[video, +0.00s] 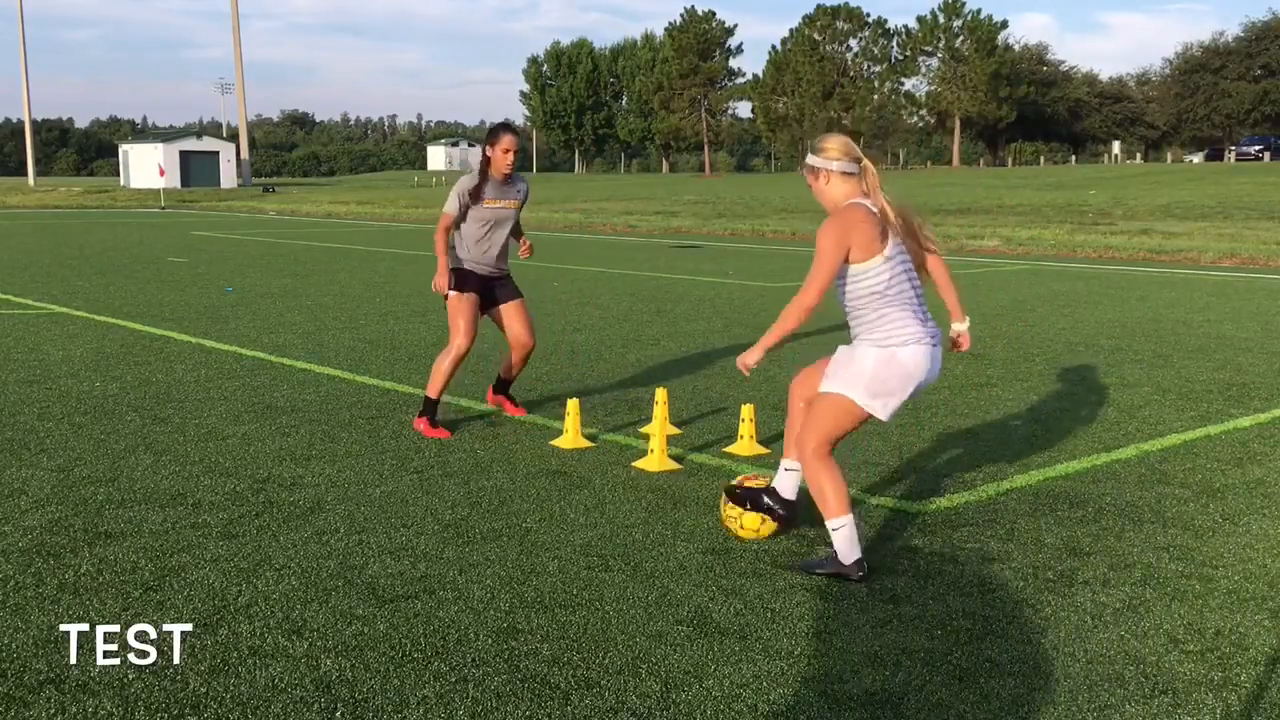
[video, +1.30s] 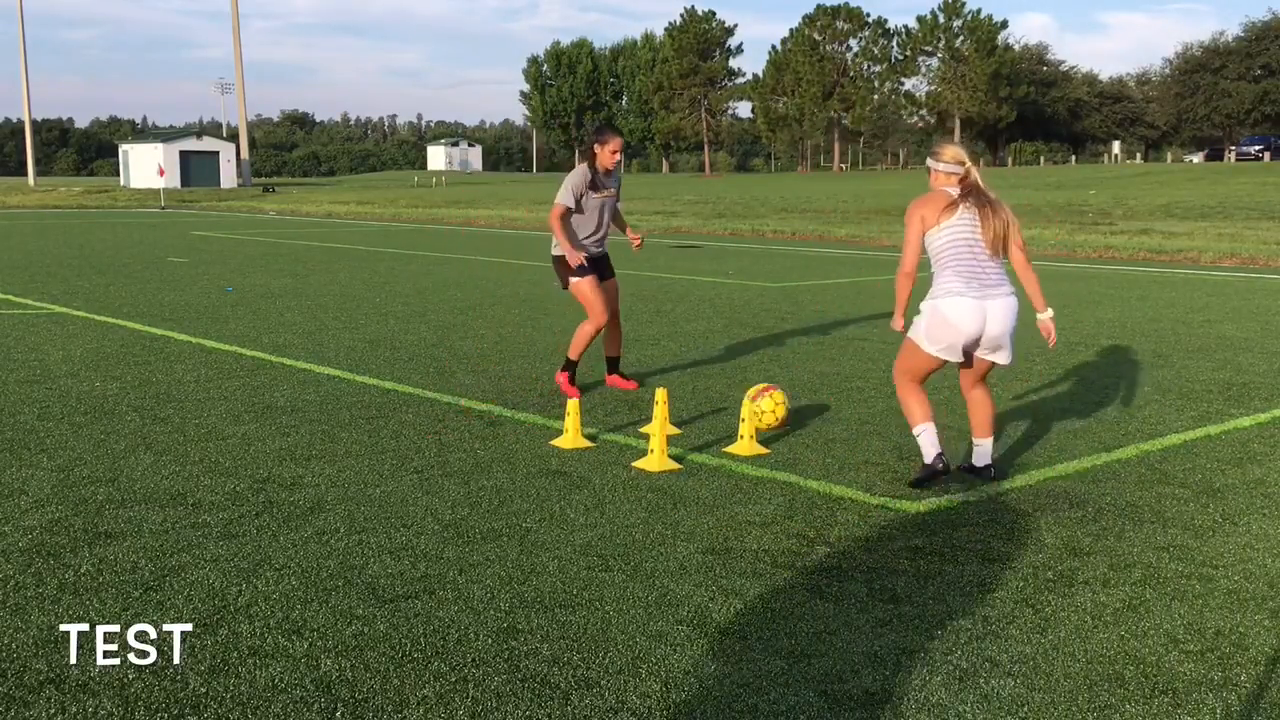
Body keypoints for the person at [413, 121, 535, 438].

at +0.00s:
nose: (512, 158)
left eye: (516, 152)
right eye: (506, 151)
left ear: (518, 155)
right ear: (489, 152)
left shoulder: (519, 187)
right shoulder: (468, 185)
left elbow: (511, 221)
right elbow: (442, 229)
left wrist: (521, 240)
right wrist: (443, 268)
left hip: (499, 275)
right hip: (465, 272)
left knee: (524, 343)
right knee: (462, 340)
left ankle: (499, 393)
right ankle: (426, 416)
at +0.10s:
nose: (520, 148)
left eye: (524, 142)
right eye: (514, 142)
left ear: (527, 144)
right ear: (498, 142)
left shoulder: (529, 178)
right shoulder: (478, 175)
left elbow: (527, 211)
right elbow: (455, 218)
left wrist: (533, 231)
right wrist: (470, 240)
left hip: (508, 264)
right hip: (473, 261)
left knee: (525, 336)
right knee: (467, 332)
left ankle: (499, 394)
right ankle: (438, 410)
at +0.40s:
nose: (541, 135)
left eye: (543, 129)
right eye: (536, 128)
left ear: (542, 131)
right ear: (517, 128)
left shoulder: (538, 162)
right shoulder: (496, 161)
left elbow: (526, 200)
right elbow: (469, 200)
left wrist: (541, 215)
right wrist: (498, 233)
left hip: (525, 249)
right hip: (494, 250)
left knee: (547, 314)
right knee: (496, 325)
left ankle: (534, 378)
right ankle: (470, 393)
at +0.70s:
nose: (572, 147)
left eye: (573, 142)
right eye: (566, 142)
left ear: (574, 143)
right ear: (549, 144)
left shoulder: (576, 173)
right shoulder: (532, 177)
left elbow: (573, 208)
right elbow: (509, 220)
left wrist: (587, 223)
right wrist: (514, 256)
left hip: (563, 262)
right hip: (533, 260)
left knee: (578, 324)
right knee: (523, 327)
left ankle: (560, 378)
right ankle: (482, 391)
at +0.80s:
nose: (581, 140)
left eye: (582, 135)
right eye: (575, 134)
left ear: (582, 138)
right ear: (558, 136)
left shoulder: (585, 164)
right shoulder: (542, 167)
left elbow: (583, 198)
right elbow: (518, 208)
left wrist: (598, 213)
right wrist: (529, 244)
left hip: (573, 254)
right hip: (545, 253)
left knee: (578, 318)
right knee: (545, 318)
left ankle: (561, 377)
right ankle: (513, 380)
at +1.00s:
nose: (598, 141)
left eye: (600, 136)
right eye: (593, 135)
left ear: (598, 138)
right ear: (576, 136)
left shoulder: (594, 165)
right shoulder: (558, 166)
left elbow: (586, 201)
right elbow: (531, 202)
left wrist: (607, 215)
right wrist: (553, 235)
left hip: (583, 247)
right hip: (553, 249)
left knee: (602, 308)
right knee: (567, 318)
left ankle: (588, 364)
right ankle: (555, 379)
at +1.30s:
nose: (618, 158)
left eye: (620, 153)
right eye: (613, 153)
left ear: (619, 152)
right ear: (596, 150)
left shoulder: (613, 177)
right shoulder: (579, 177)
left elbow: (611, 211)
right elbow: (555, 217)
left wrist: (628, 231)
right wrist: (570, 249)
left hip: (599, 253)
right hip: (573, 255)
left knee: (613, 315)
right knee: (598, 316)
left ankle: (613, 374)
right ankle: (565, 373)